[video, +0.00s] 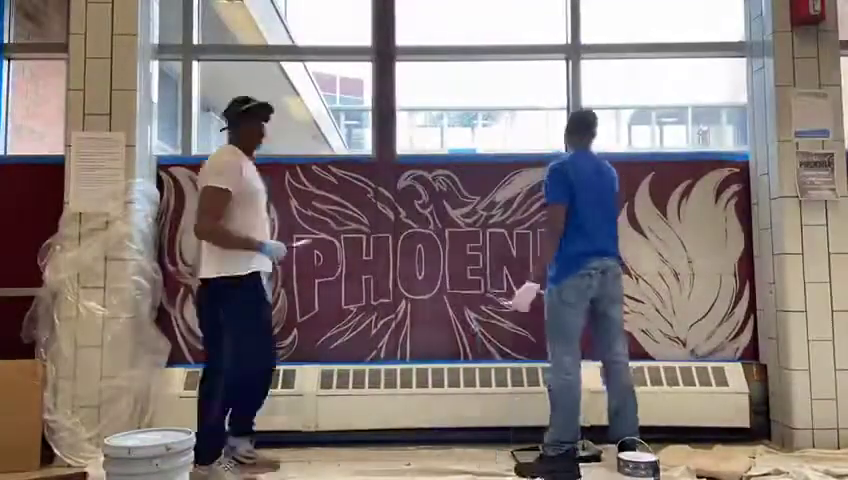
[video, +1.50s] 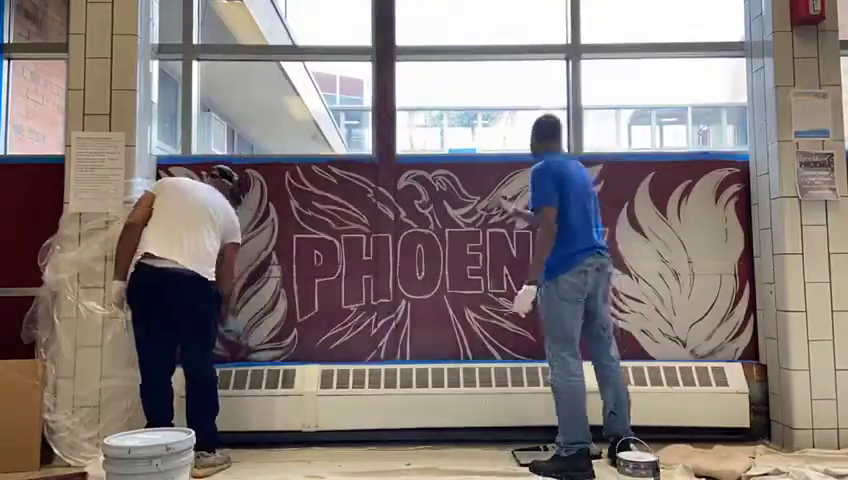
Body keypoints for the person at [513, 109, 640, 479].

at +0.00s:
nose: (571, 139)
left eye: (569, 132)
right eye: (582, 132)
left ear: (566, 134)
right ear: (593, 136)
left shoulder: (559, 169)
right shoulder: (609, 171)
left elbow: (555, 227)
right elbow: (612, 218)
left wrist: (539, 277)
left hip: (572, 273)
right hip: (610, 270)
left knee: (564, 360)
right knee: (616, 355)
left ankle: (560, 448)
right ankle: (627, 437)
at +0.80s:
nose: (584, 142)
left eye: (576, 136)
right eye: (592, 137)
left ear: (571, 138)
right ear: (599, 139)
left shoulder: (562, 168)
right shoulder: (615, 173)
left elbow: (554, 228)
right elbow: (614, 224)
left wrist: (529, 273)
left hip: (576, 271)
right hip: (615, 268)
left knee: (576, 362)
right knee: (618, 356)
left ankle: (579, 450)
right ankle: (623, 437)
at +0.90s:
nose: (562, 143)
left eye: (562, 138)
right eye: (571, 137)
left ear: (562, 137)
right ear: (588, 138)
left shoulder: (563, 168)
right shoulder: (605, 171)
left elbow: (562, 228)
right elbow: (608, 222)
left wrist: (544, 279)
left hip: (578, 273)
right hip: (615, 268)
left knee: (573, 361)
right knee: (615, 355)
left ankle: (579, 451)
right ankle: (622, 436)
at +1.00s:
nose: (556, 149)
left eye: (554, 142)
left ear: (555, 142)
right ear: (580, 142)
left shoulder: (559, 165)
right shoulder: (596, 170)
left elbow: (560, 223)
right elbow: (598, 221)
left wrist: (547, 276)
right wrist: (548, 219)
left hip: (577, 272)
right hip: (610, 268)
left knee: (572, 358)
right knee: (612, 353)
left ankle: (578, 450)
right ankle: (621, 435)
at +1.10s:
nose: (538, 160)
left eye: (537, 154)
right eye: (541, 153)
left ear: (540, 151)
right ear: (564, 146)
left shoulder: (547, 171)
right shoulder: (594, 172)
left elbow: (554, 227)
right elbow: (608, 221)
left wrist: (538, 282)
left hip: (577, 269)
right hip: (615, 264)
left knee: (565, 357)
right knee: (616, 350)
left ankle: (578, 451)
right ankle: (625, 434)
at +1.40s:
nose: (564, 144)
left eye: (561, 138)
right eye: (576, 138)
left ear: (559, 138)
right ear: (586, 139)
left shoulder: (555, 170)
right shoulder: (600, 171)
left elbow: (550, 226)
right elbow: (607, 222)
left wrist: (533, 275)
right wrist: (608, 255)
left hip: (569, 270)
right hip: (605, 267)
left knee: (566, 359)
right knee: (611, 354)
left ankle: (574, 450)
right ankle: (621, 435)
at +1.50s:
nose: (531, 149)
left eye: (531, 143)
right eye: (538, 142)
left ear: (533, 142)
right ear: (560, 140)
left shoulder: (543, 170)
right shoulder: (577, 167)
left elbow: (548, 228)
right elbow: (576, 218)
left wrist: (531, 282)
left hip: (566, 271)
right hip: (598, 265)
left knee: (563, 358)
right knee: (604, 349)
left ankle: (573, 451)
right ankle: (620, 434)